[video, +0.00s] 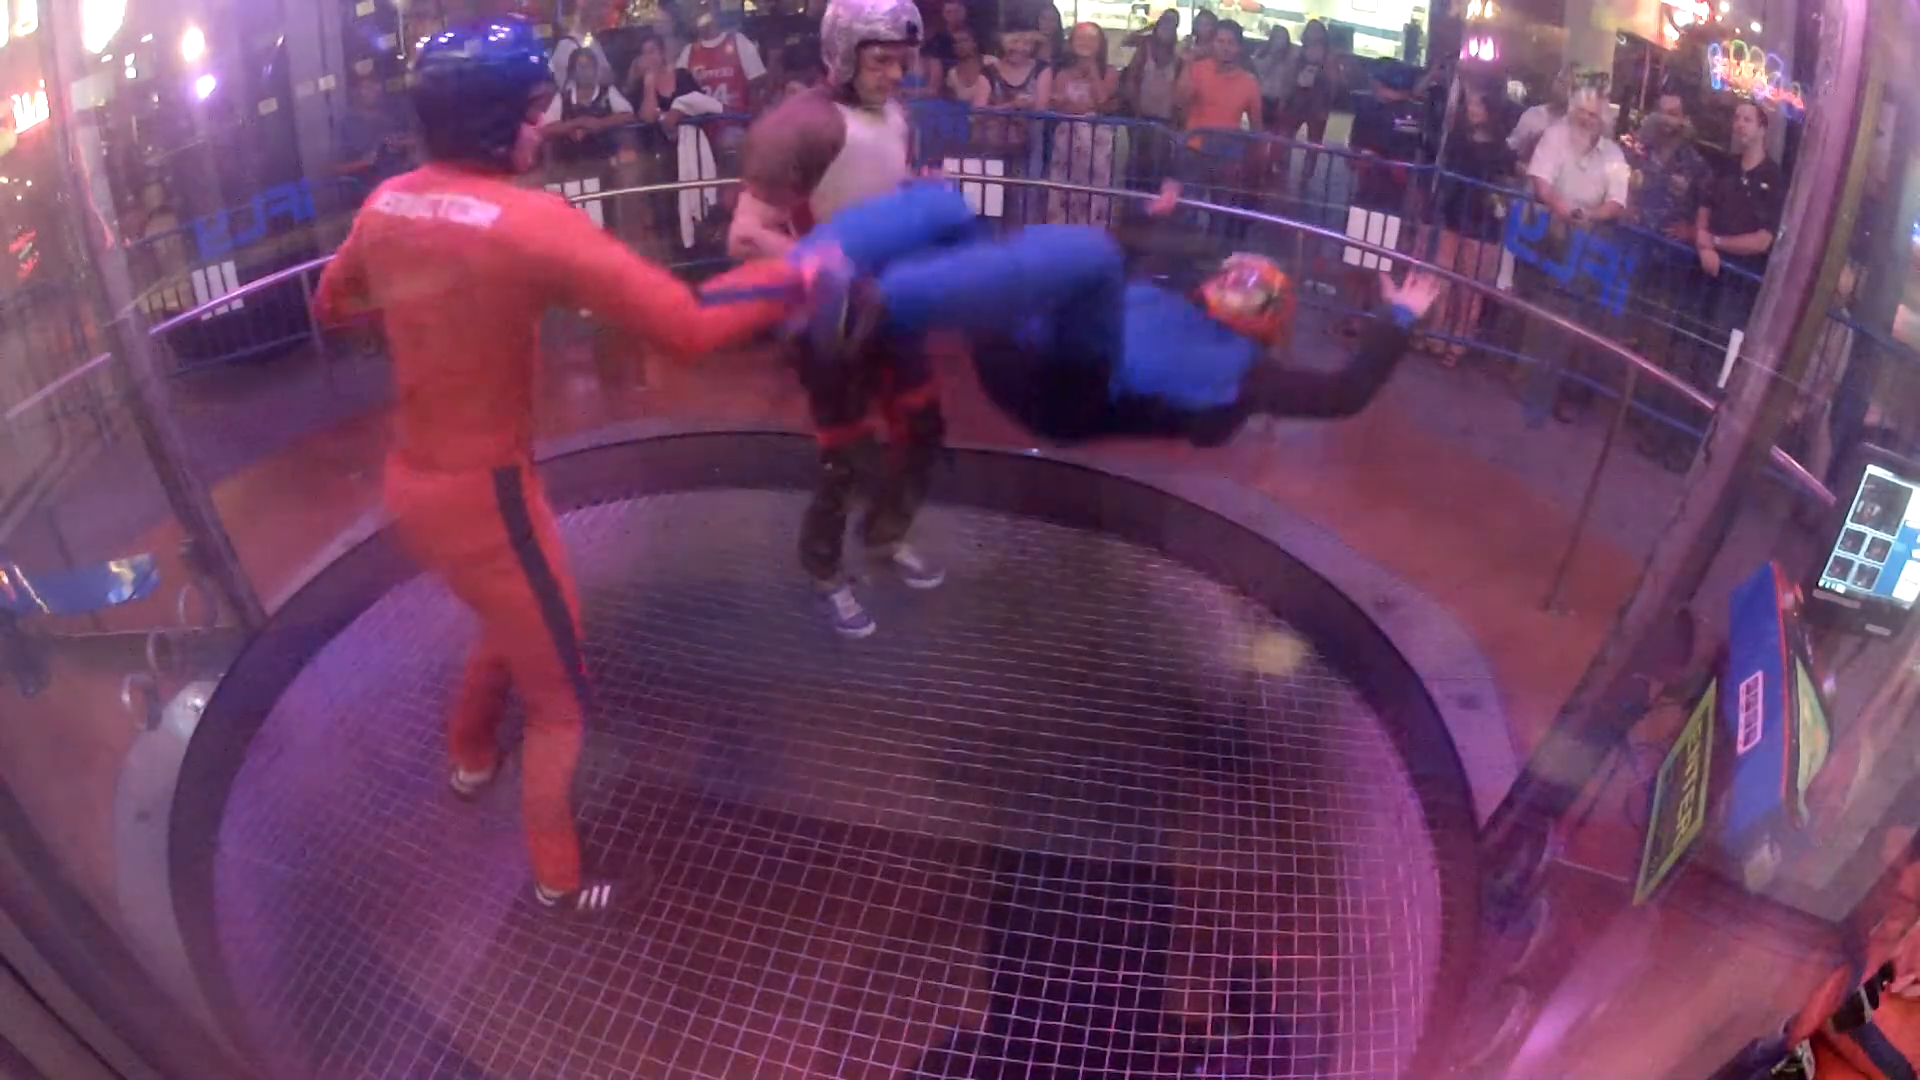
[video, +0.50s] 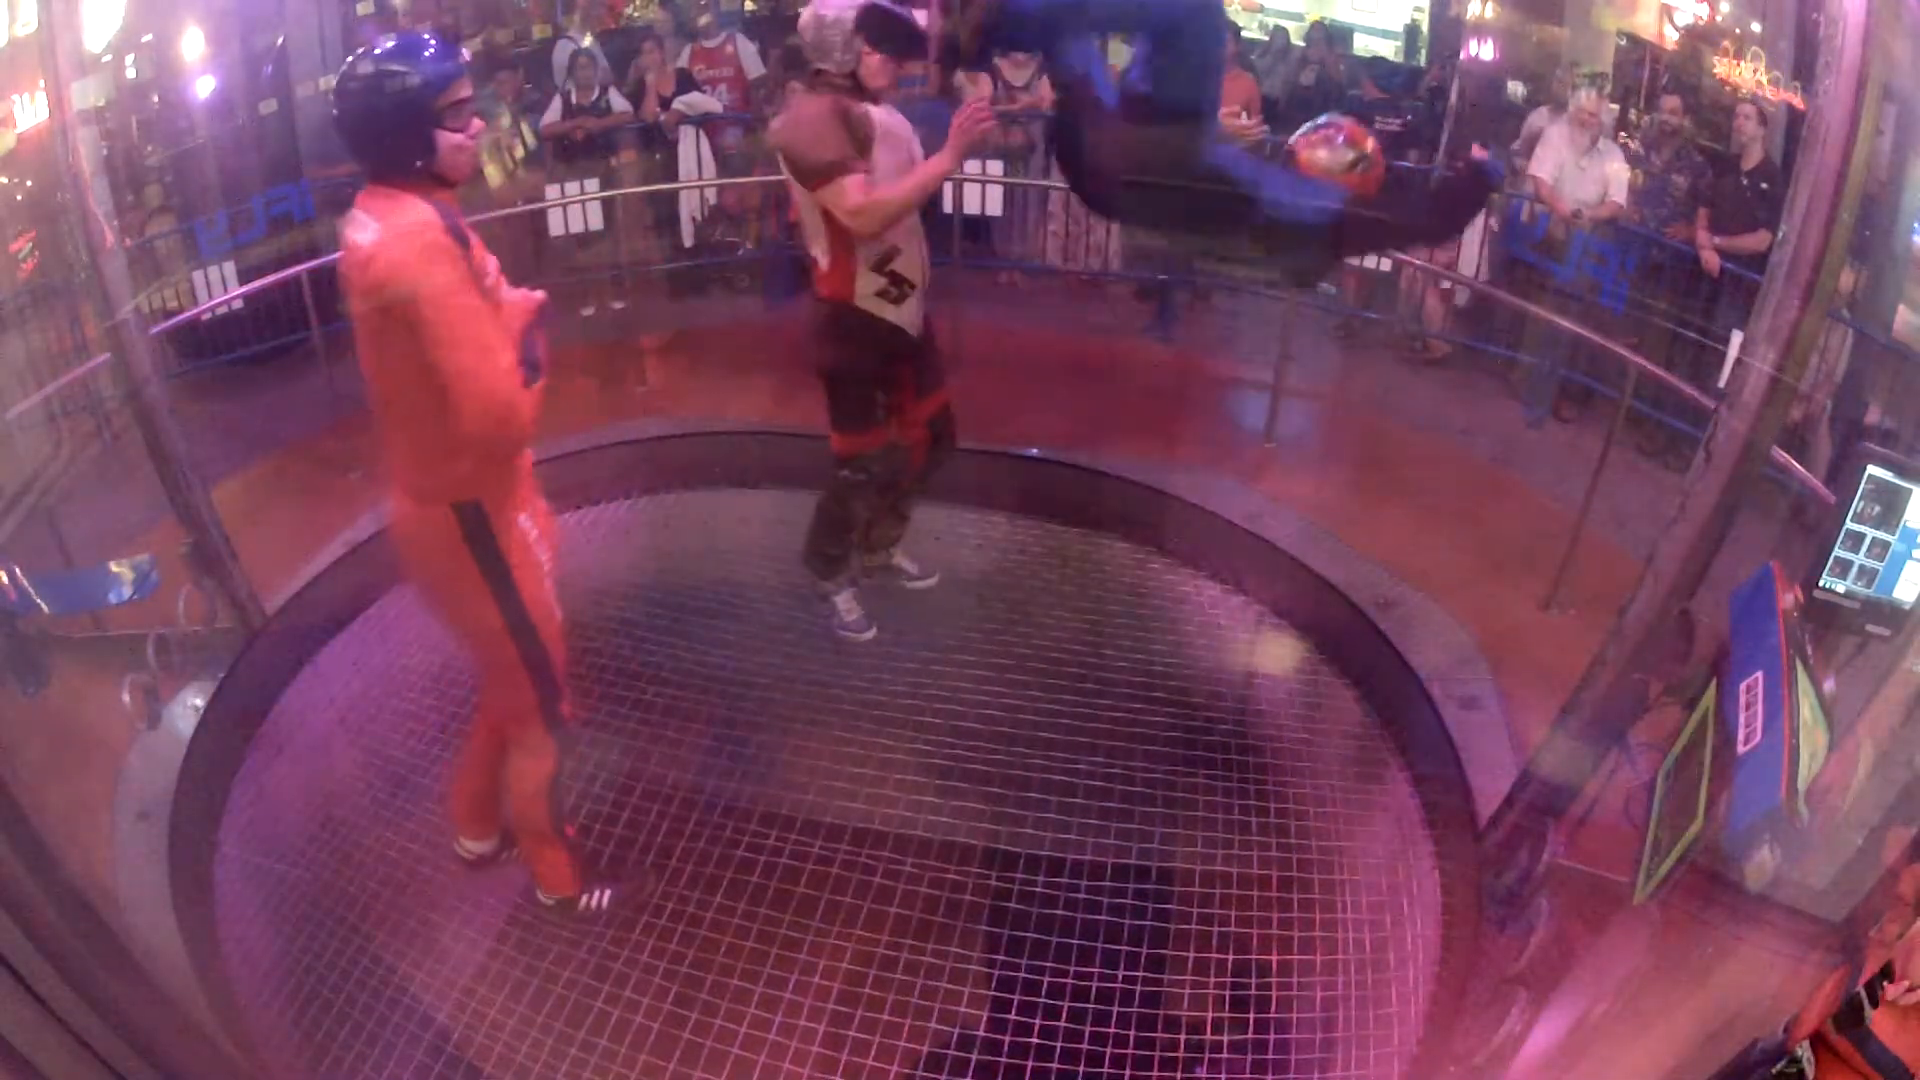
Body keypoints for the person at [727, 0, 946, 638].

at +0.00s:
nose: (887, 74)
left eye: (896, 62)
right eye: (875, 61)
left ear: (905, 62)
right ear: (843, 60)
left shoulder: (900, 120)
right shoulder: (805, 125)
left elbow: (897, 193)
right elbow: (746, 229)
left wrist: (931, 210)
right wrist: (813, 270)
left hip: (890, 297)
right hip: (823, 309)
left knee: (920, 429)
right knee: (849, 452)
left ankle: (886, 540)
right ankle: (827, 575)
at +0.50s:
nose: (897, 73)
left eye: (900, 62)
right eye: (888, 60)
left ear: (880, 60)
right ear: (853, 53)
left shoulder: (880, 115)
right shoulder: (811, 121)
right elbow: (860, 215)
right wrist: (950, 155)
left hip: (903, 314)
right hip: (851, 319)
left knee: (929, 438)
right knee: (865, 459)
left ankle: (879, 547)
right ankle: (830, 574)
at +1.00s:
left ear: (873, 116)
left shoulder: (902, 129)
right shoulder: (838, 159)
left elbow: (960, 168)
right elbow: (874, 215)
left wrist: (950, 133)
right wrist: (937, 152)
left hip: (918, 317)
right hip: (870, 319)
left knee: (922, 435)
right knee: (884, 458)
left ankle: (881, 549)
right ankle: (836, 569)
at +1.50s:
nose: (869, 84)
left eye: (874, 71)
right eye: (854, 71)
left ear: (887, 83)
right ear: (832, 84)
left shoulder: (895, 131)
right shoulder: (801, 139)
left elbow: (943, 153)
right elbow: (767, 210)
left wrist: (940, 144)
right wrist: (854, 183)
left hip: (895, 311)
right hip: (835, 316)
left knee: (900, 442)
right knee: (865, 459)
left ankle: (876, 553)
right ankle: (821, 563)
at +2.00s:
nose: (743, 76)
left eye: (753, 65)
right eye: (727, 66)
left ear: (766, 75)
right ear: (699, 77)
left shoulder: (782, 143)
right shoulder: (662, 164)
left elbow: (803, 241)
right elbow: (652, 273)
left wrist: (823, 233)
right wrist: (754, 281)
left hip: (790, 340)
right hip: (714, 352)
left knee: (850, 471)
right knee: (723, 489)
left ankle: (847, 561)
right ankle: (708, 598)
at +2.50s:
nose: (694, 96)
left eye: (701, 82)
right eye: (676, 86)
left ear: (712, 86)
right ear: (641, 98)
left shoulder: (734, 151)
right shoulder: (611, 186)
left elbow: (778, 224)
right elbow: (594, 315)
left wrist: (771, 243)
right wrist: (682, 325)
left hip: (773, 382)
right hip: (704, 401)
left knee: (803, 505)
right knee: (766, 572)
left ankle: (774, 614)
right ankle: (707, 604)